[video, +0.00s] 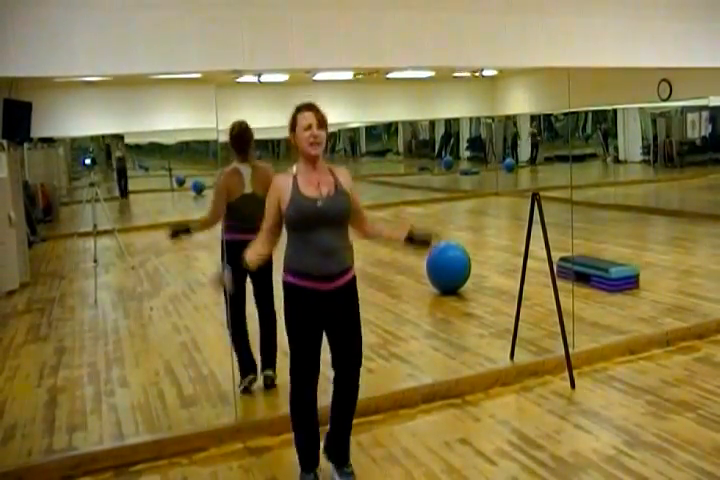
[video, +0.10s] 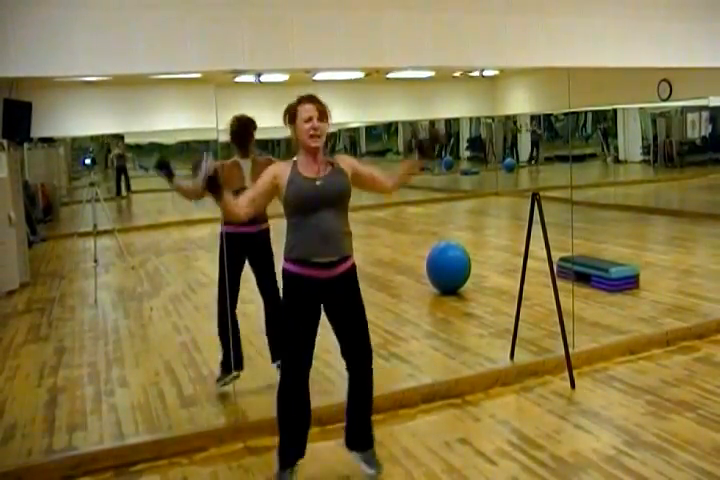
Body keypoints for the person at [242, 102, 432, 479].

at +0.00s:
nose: (315, 134)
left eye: (319, 127)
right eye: (307, 129)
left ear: (327, 133)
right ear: (293, 136)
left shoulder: (341, 176)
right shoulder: (282, 183)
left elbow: (363, 226)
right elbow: (266, 235)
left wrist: (403, 235)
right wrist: (251, 258)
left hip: (342, 286)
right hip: (300, 288)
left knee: (349, 370)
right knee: (304, 375)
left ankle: (338, 453)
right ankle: (307, 465)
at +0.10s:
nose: (315, 125)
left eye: (320, 119)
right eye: (307, 120)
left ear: (328, 125)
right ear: (293, 128)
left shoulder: (343, 165)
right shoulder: (280, 171)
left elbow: (387, 186)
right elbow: (240, 211)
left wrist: (407, 169)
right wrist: (215, 188)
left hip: (342, 275)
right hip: (299, 278)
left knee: (361, 360)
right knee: (295, 369)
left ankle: (360, 442)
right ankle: (288, 459)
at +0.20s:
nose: (314, 142)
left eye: (319, 135)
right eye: (306, 136)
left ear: (328, 139)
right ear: (293, 144)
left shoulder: (343, 173)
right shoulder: (281, 182)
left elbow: (390, 150)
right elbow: (228, 178)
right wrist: (232, 124)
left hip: (344, 290)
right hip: (300, 293)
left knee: (375, 373)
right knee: (284, 386)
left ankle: (389, 445)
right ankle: (266, 472)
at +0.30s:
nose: (316, 170)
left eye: (321, 164)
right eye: (308, 165)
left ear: (328, 170)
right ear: (296, 173)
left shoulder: (341, 200)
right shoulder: (288, 210)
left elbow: (371, 152)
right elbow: (249, 163)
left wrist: (346, 110)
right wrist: (275, 119)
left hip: (349, 326)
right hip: (302, 329)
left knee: (387, 397)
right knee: (275, 412)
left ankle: (408, 465)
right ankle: (258, 476)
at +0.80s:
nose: (317, 151)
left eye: (320, 145)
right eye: (308, 147)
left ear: (327, 151)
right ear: (294, 156)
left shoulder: (342, 193)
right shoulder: (285, 203)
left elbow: (356, 253)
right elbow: (278, 263)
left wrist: (382, 292)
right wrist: (272, 314)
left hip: (346, 306)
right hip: (305, 310)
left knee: (354, 388)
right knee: (314, 391)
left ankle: (339, 461)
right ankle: (315, 467)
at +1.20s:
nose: (316, 168)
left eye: (320, 162)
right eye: (308, 164)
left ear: (328, 168)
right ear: (296, 173)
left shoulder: (341, 198)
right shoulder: (288, 211)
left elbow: (371, 152)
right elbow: (244, 172)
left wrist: (348, 112)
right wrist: (270, 125)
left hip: (349, 325)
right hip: (303, 329)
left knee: (381, 390)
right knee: (278, 409)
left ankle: (401, 450)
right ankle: (257, 476)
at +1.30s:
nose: (313, 153)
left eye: (318, 146)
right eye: (305, 149)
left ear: (326, 152)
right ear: (293, 158)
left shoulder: (342, 185)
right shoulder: (286, 197)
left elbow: (384, 154)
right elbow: (233, 183)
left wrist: (386, 106)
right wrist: (240, 132)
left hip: (349, 305)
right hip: (304, 309)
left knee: (379, 379)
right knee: (286, 394)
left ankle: (399, 447)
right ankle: (263, 473)